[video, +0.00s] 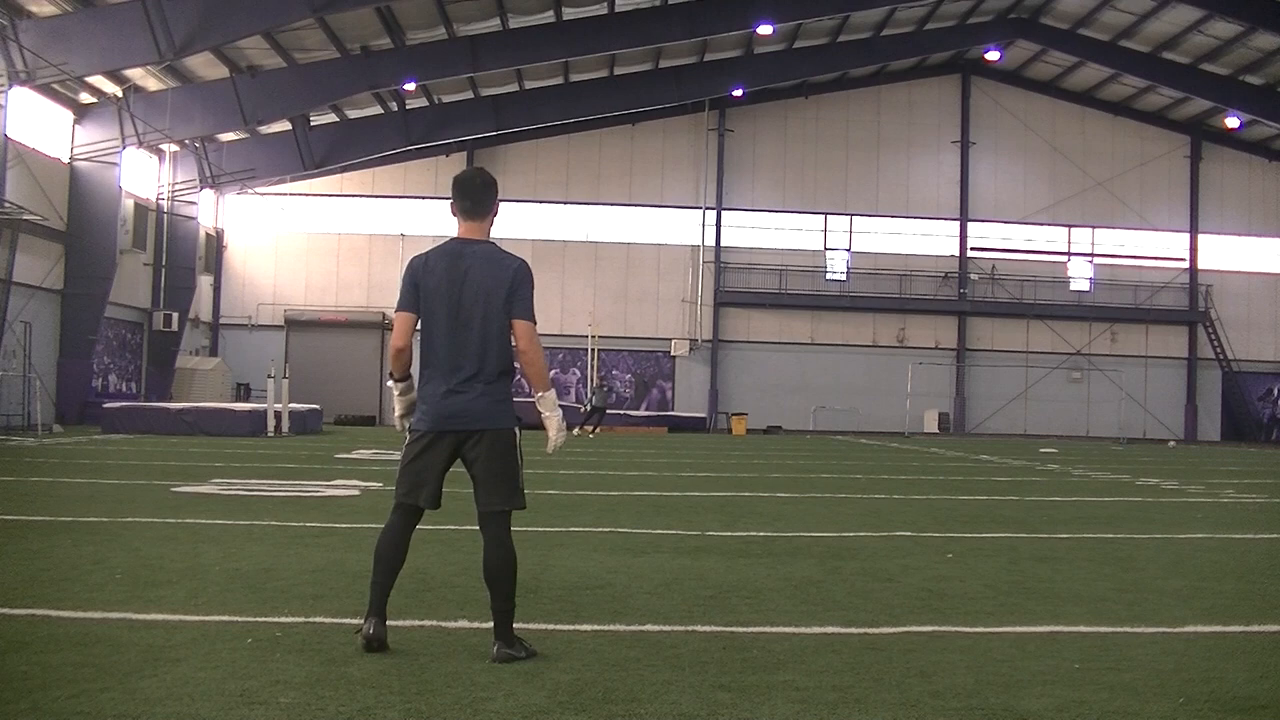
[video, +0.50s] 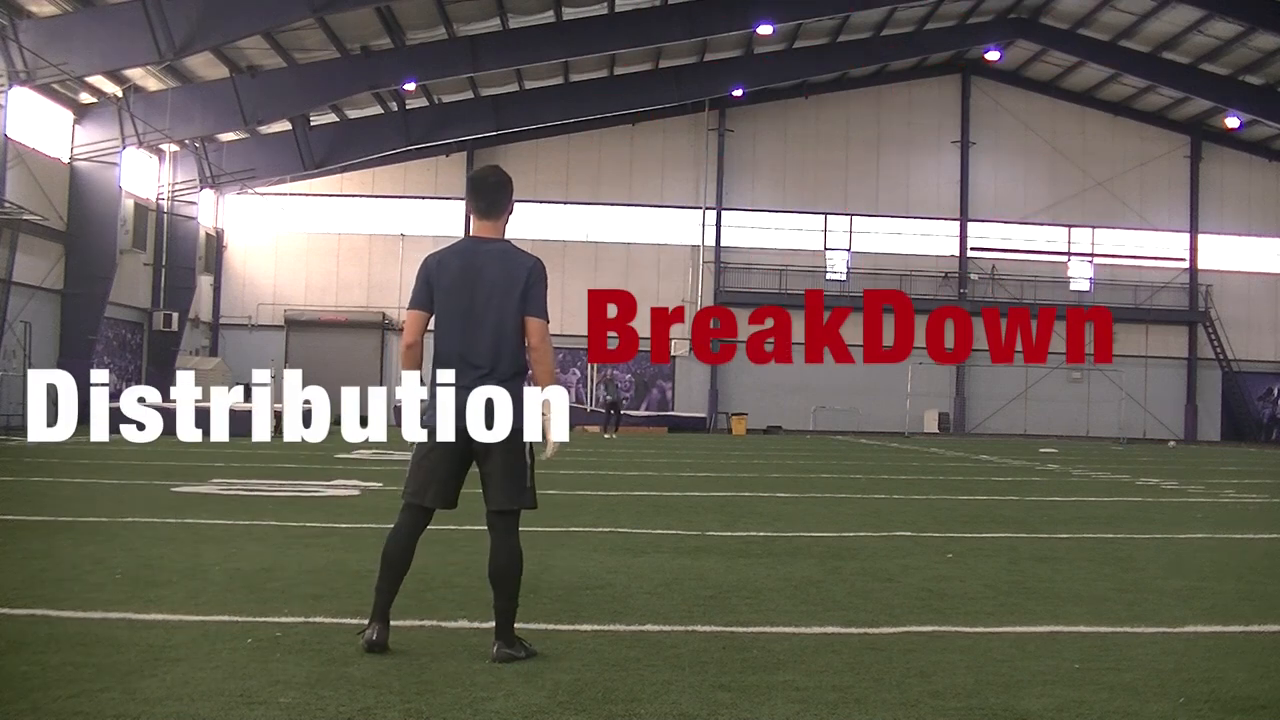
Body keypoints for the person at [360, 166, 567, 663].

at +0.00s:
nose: (479, 214)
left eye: (457, 206)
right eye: (490, 205)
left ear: (452, 209)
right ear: (495, 209)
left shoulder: (422, 265)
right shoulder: (513, 268)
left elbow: (399, 343)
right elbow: (525, 343)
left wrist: (403, 389)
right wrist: (547, 402)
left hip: (433, 416)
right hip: (492, 419)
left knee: (403, 513)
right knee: (496, 528)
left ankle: (374, 618)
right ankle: (504, 638)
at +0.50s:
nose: (507, 211)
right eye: (512, 204)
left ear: (467, 206)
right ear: (512, 207)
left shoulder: (436, 263)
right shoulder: (528, 267)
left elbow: (412, 339)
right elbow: (536, 342)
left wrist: (412, 395)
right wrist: (552, 412)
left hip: (443, 411)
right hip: (502, 414)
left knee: (412, 515)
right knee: (504, 527)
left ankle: (377, 623)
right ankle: (505, 638)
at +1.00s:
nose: (563, 209)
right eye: (565, 201)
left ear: (520, 205)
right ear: (563, 205)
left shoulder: (487, 261)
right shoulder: (582, 267)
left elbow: (473, 340)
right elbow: (598, 343)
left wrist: (516, 326)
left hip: (484, 407)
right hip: (541, 413)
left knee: (447, 518)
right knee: (521, 529)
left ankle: (421, 629)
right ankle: (506, 639)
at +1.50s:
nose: (621, 209)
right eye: (624, 201)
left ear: (580, 204)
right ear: (626, 204)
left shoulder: (551, 262)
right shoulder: (641, 266)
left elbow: (547, 330)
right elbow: (685, 326)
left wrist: (606, 324)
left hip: (550, 426)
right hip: (614, 430)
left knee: (519, 536)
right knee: (657, 535)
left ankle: (487, 651)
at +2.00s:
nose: (711, 183)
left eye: (703, 177)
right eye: (709, 177)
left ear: (661, 190)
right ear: (703, 185)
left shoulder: (636, 255)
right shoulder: (727, 242)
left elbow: (610, 330)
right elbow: (797, 203)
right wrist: (811, 134)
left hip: (648, 403)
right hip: (707, 406)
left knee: (599, 520)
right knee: (715, 536)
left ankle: (550, 631)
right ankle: (721, 665)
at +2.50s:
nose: (649, 197)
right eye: (650, 189)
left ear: (602, 195)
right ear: (650, 192)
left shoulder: (578, 266)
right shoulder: (676, 260)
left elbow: (552, 342)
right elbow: (691, 341)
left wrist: (592, 342)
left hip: (606, 432)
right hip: (667, 433)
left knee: (593, 534)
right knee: (700, 544)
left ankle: (518, 637)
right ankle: (722, 668)